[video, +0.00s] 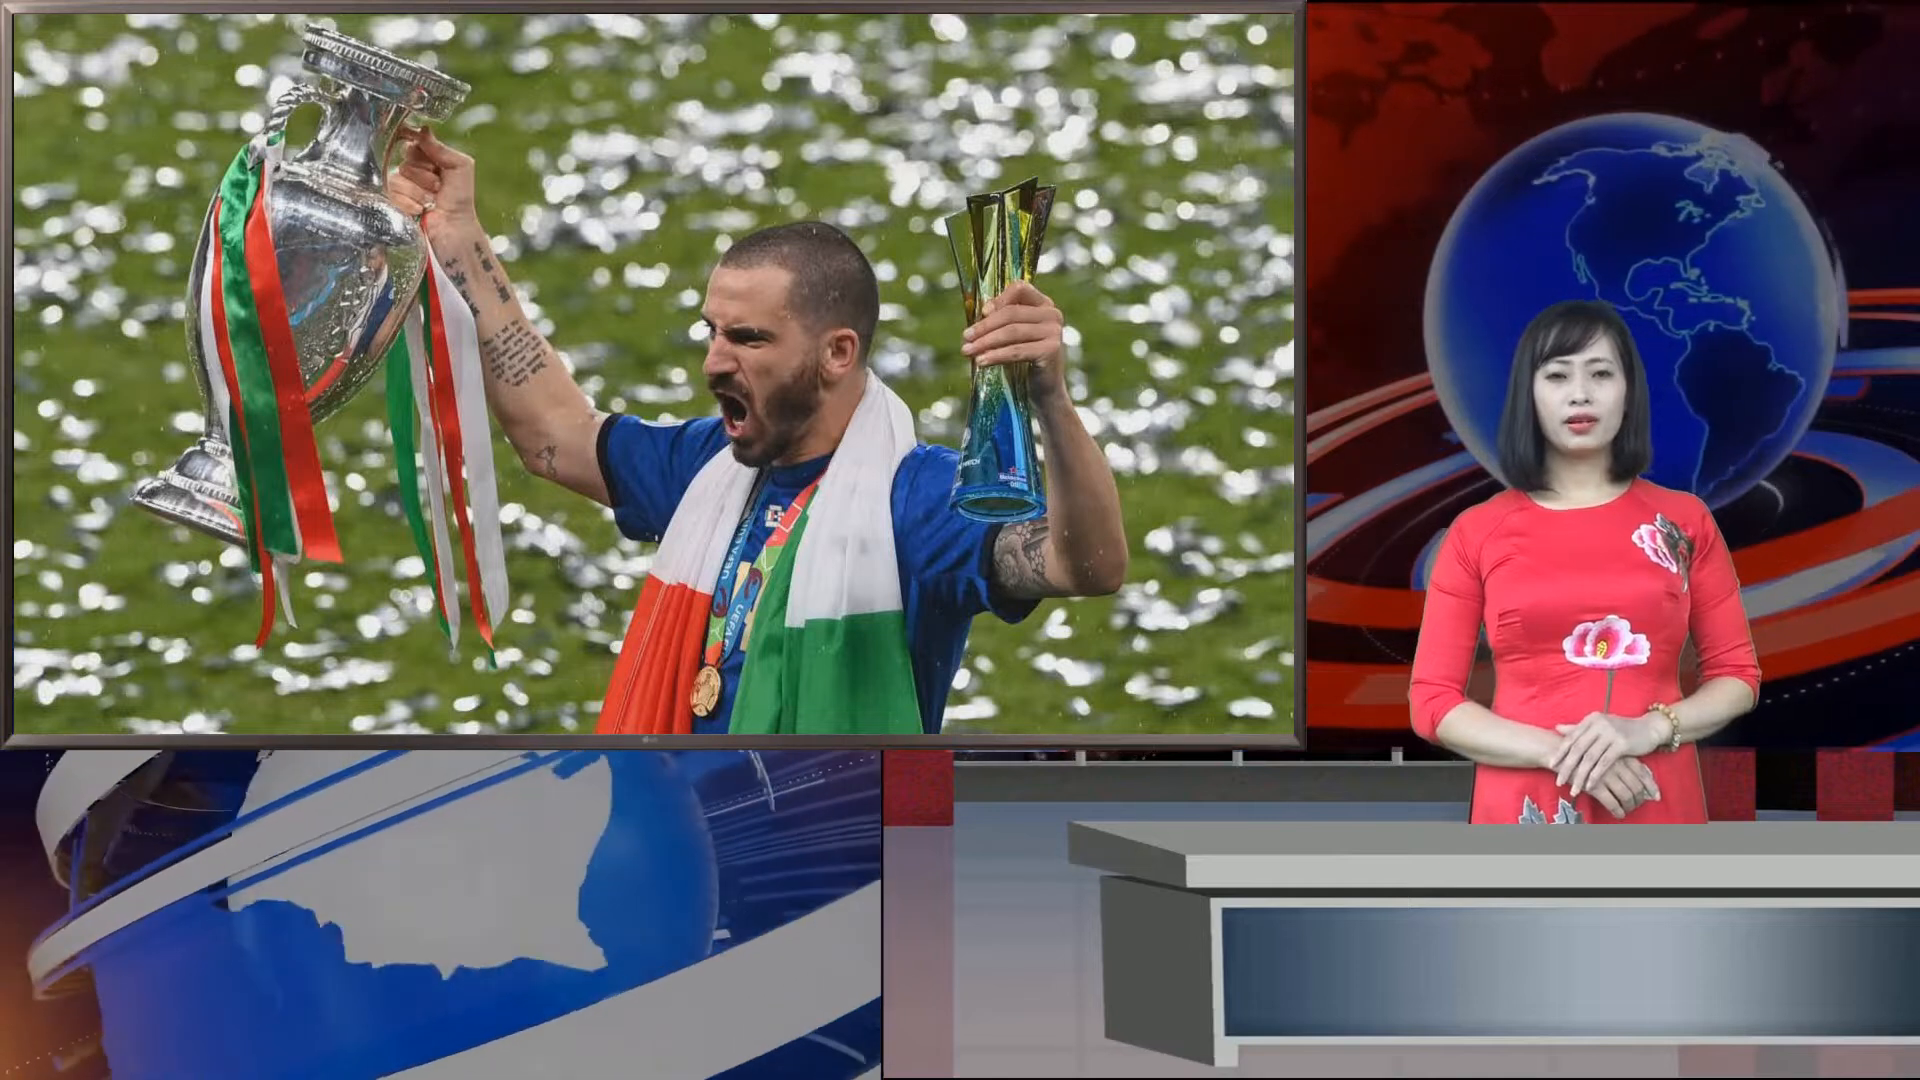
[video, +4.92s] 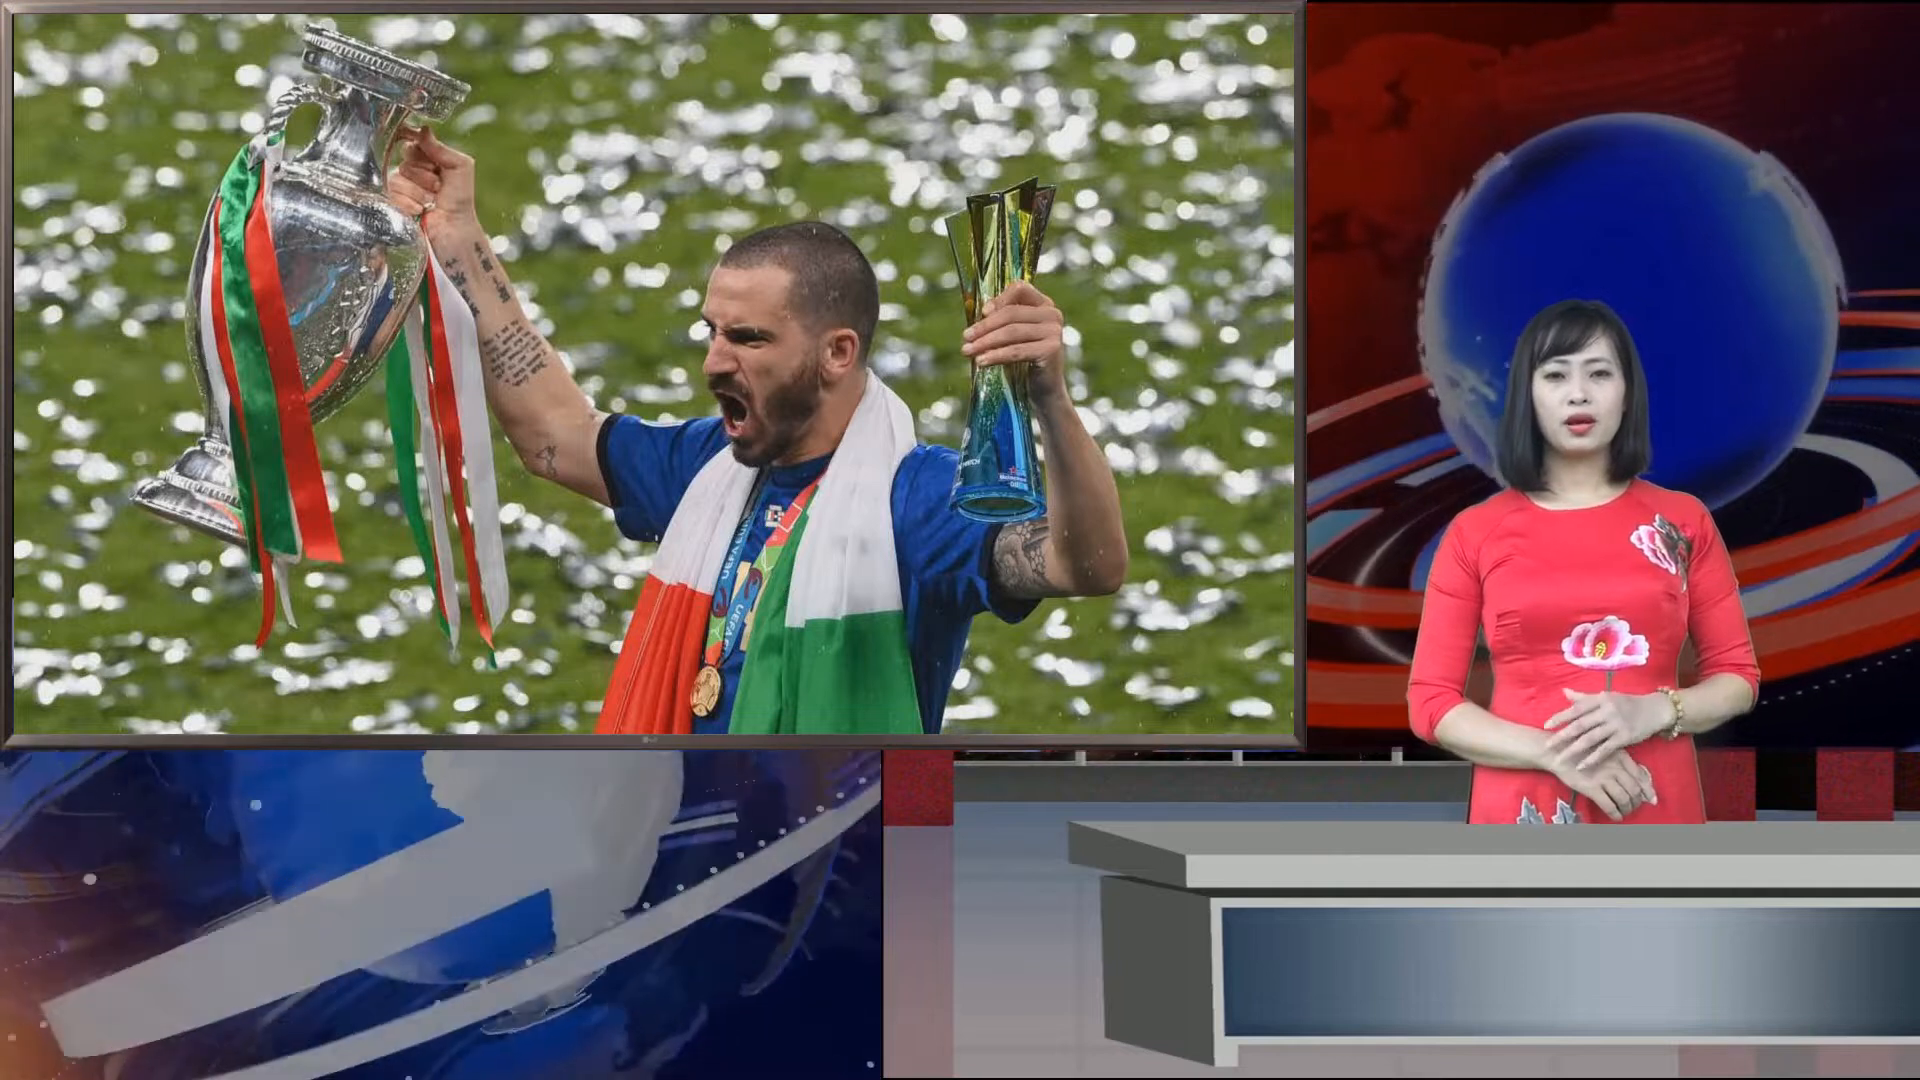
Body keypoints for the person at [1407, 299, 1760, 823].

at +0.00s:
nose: (1579, 393)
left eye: (1601, 374)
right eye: (1558, 375)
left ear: (1628, 392)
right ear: (1530, 393)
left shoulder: (1683, 521)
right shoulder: (1478, 533)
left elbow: (1737, 679)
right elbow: (1432, 701)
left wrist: (1650, 727)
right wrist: (1565, 751)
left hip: (1661, 823)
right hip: (1521, 824)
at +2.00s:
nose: (1578, 393)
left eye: (1601, 373)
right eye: (1557, 374)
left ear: (1630, 392)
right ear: (1530, 391)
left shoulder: (1685, 521)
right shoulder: (1477, 533)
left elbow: (1738, 680)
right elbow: (1431, 702)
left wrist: (1650, 729)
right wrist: (1565, 753)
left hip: (1661, 824)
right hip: (1521, 825)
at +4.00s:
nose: (1584, 396)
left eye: (1605, 375)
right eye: (1562, 377)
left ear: (1633, 392)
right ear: (1533, 393)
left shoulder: (1688, 522)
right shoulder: (1481, 534)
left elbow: (1741, 681)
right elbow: (1435, 702)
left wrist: (1652, 728)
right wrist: (1568, 753)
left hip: (1663, 824)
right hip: (1523, 824)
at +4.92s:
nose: (1578, 394)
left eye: (1599, 374)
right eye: (1556, 375)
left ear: (1627, 392)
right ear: (1528, 393)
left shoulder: (1682, 522)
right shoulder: (1476, 534)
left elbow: (1737, 679)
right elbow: (1431, 701)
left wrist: (1651, 712)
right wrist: (1556, 751)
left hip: (1659, 823)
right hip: (1519, 824)